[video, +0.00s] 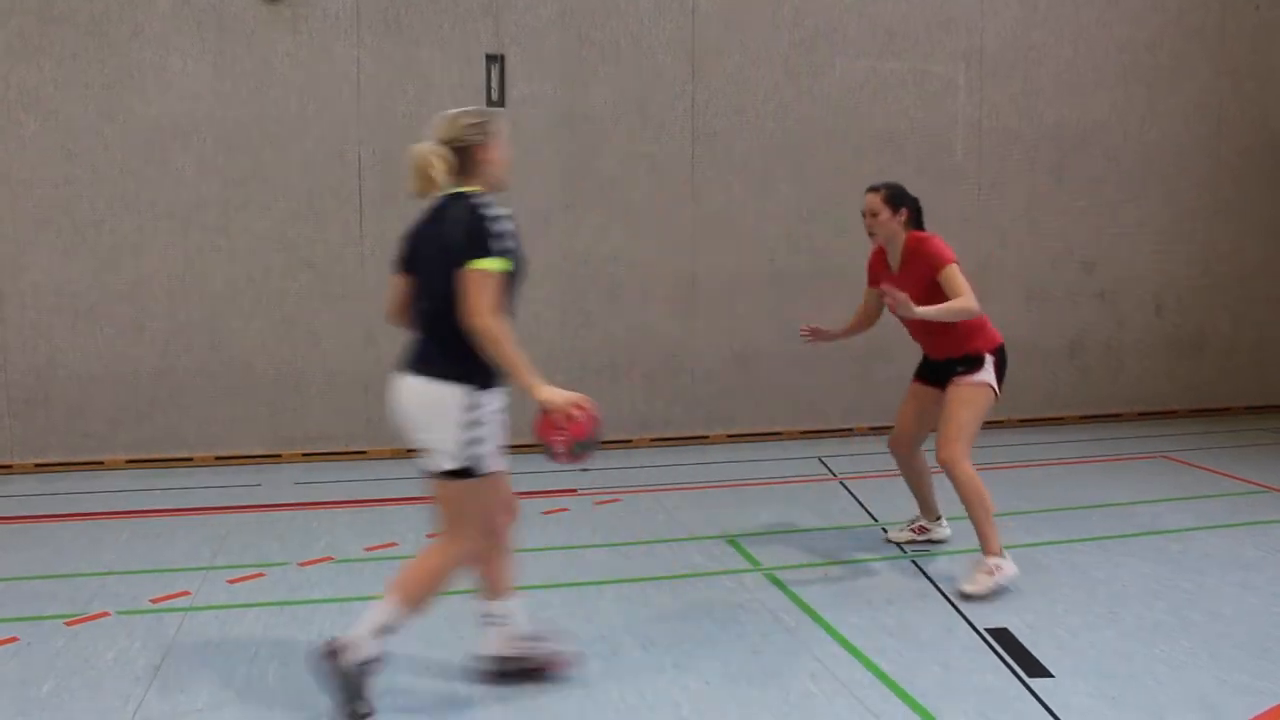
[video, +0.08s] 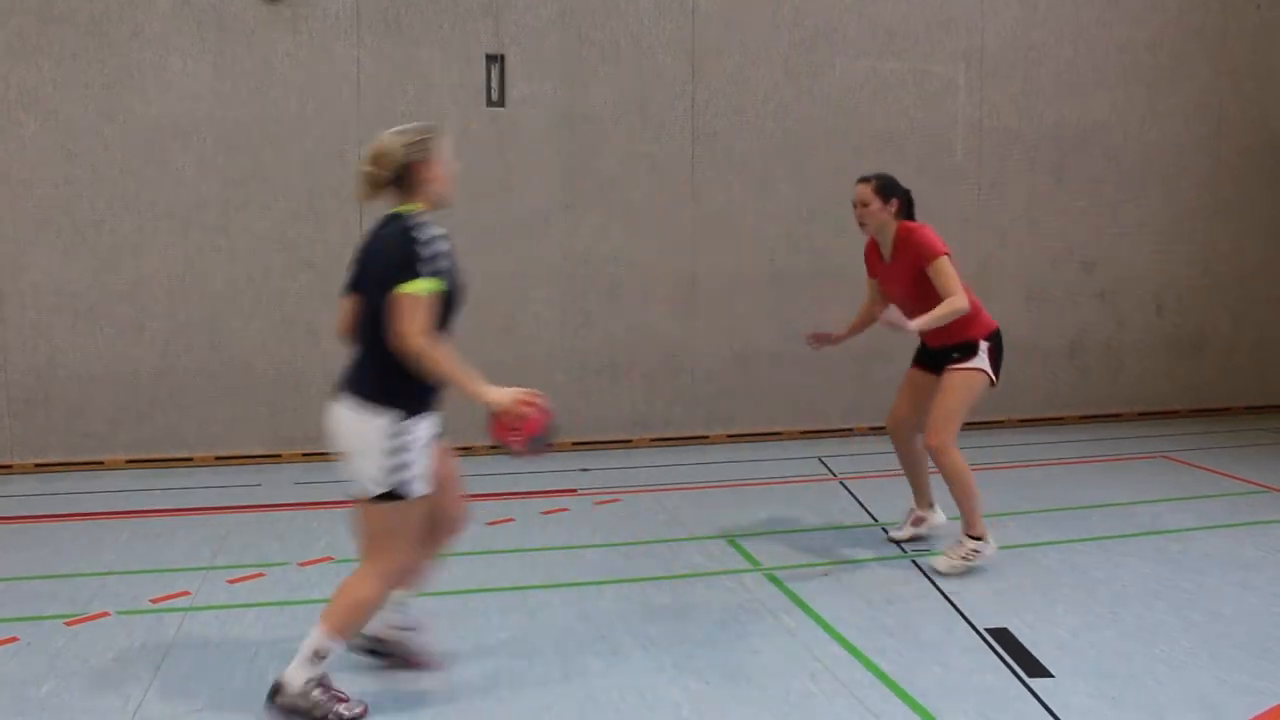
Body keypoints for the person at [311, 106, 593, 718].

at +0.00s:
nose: (507, 154)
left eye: (503, 143)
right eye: (501, 145)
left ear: (456, 155)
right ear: (482, 152)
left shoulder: (431, 216)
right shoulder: (488, 218)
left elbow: (400, 307)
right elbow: (481, 315)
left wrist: (459, 322)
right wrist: (540, 388)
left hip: (421, 387)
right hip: (460, 395)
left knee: (496, 510)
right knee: (467, 535)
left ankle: (504, 639)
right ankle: (358, 647)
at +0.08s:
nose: (450, 170)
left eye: (446, 160)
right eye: (443, 161)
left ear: (402, 176)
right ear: (423, 173)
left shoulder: (386, 233)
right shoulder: (422, 238)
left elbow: (349, 323)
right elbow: (413, 335)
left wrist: (409, 345)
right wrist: (489, 393)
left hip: (380, 408)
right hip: (386, 419)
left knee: (446, 512)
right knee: (392, 556)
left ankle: (384, 621)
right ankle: (301, 676)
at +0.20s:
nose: (375, 187)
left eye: (372, 178)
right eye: (366, 178)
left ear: (340, 187)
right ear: (336, 187)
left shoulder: (332, 252)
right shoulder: (319, 252)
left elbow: (321, 348)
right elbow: (301, 347)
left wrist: (387, 387)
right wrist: (382, 382)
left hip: (310, 423)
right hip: (297, 426)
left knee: (331, 532)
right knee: (352, 556)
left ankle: (229, 581)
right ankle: (293, 687)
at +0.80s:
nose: (144, 208)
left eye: (143, 198)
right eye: (135, 198)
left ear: (104, 206)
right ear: (103, 204)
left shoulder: (104, 255)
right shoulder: (83, 259)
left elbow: (84, 336)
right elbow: (162, 295)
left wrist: (108, 392)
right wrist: (192, 228)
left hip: (93, 413)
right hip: (52, 416)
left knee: (125, 500)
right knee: (21, 527)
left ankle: (49, 580)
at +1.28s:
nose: (233, 211)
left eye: (236, 202)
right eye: (229, 201)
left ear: (200, 195)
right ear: (198, 192)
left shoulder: (185, 240)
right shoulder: (176, 241)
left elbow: (190, 317)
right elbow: (150, 318)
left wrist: (243, 346)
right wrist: (199, 364)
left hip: (125, 372)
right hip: (146, 380)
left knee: (105, 477)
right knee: (183, 484)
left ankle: (46, 570)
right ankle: (124, 578)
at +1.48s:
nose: (312, 225)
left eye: (312, 215)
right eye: (306, 215)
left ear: (277, 217)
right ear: (277, 216)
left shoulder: (263, 261)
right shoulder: (262, 265)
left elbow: (278, 340)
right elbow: (278, 343)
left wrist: (325, 353)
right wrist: (328, 357)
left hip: (228, 393)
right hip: (209, 395)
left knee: (279, 465)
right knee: (228, 501)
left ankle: (197, 535)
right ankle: (139, 572)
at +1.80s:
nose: (482, 183)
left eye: (482, 175)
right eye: (474, 175)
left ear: (465, 182)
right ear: (447, 181)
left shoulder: (472, 230)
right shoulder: (433, 222)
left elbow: (477, 282)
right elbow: (421, 257)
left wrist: (525, 294)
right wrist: (494, 253)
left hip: (459, 360)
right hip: (428, 360)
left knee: (454, 455)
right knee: (445, 456)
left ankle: (398, 537)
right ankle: (361, 514)